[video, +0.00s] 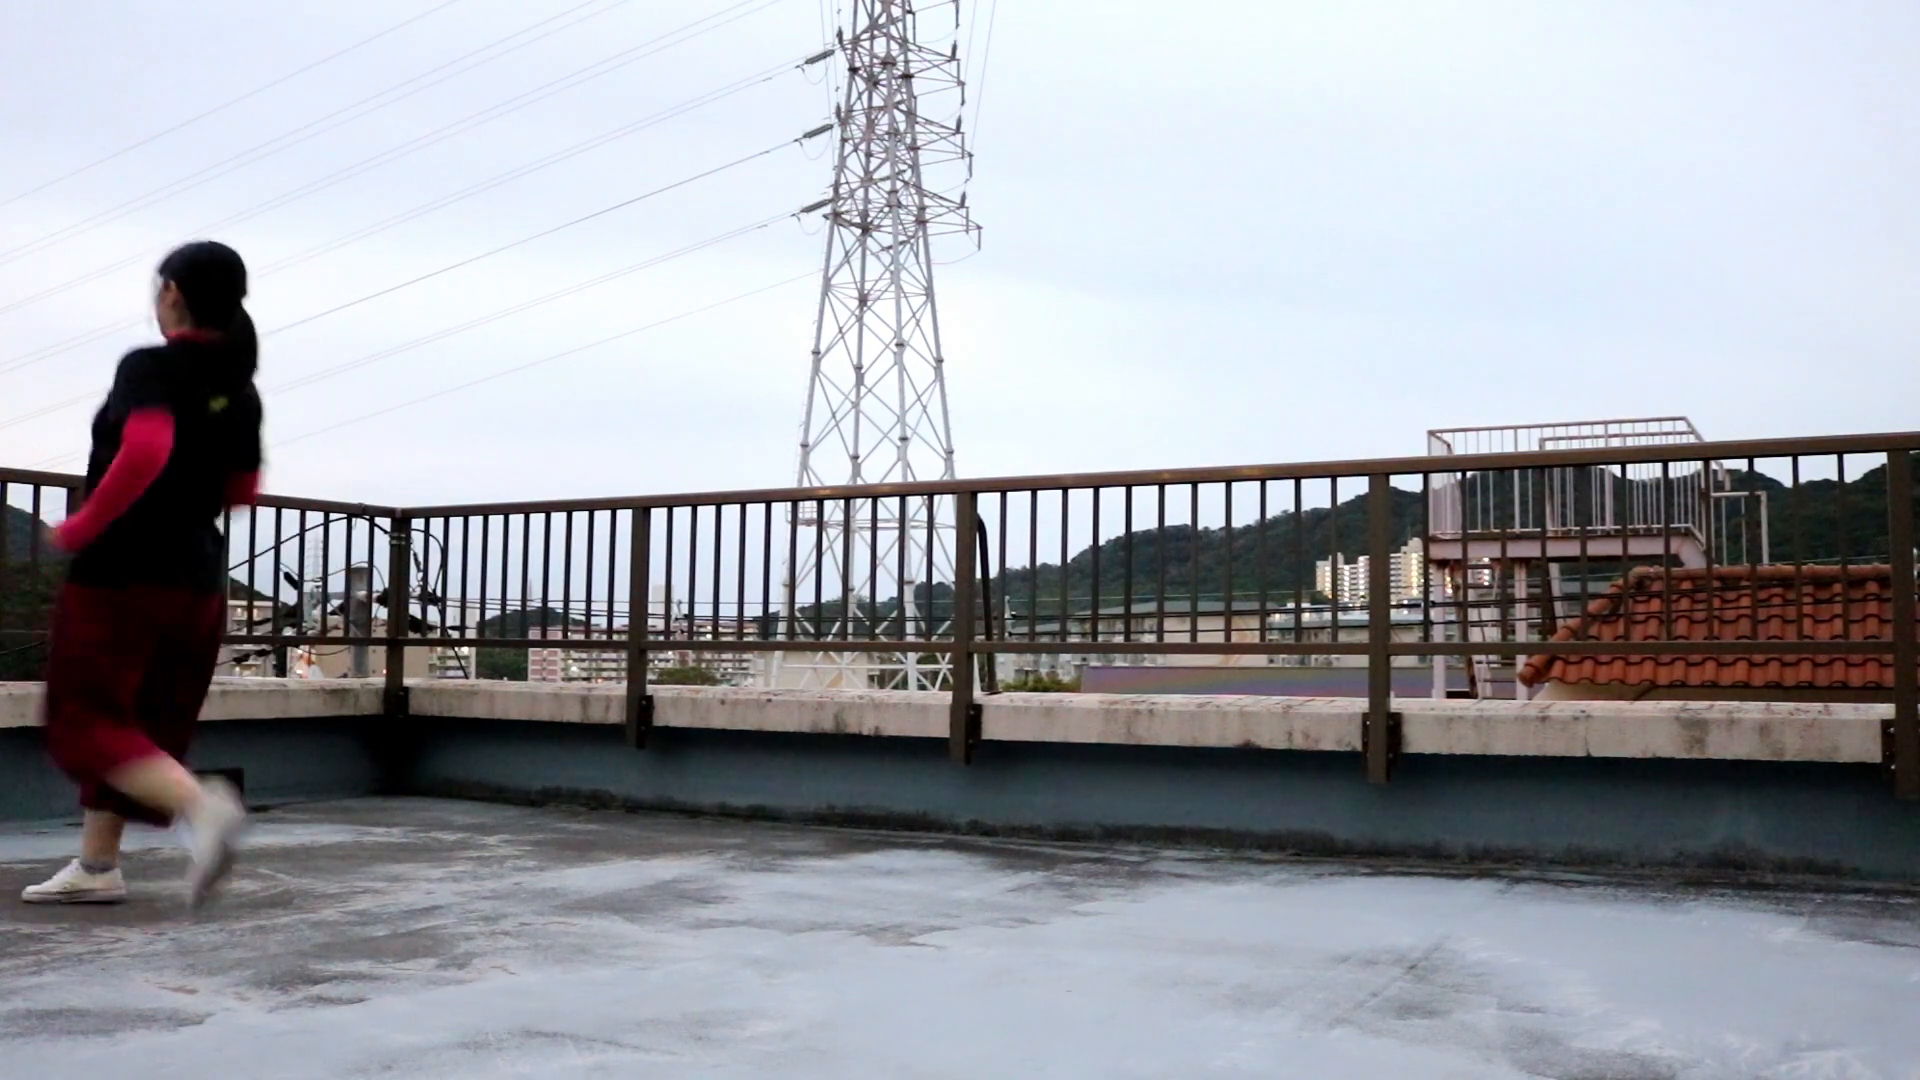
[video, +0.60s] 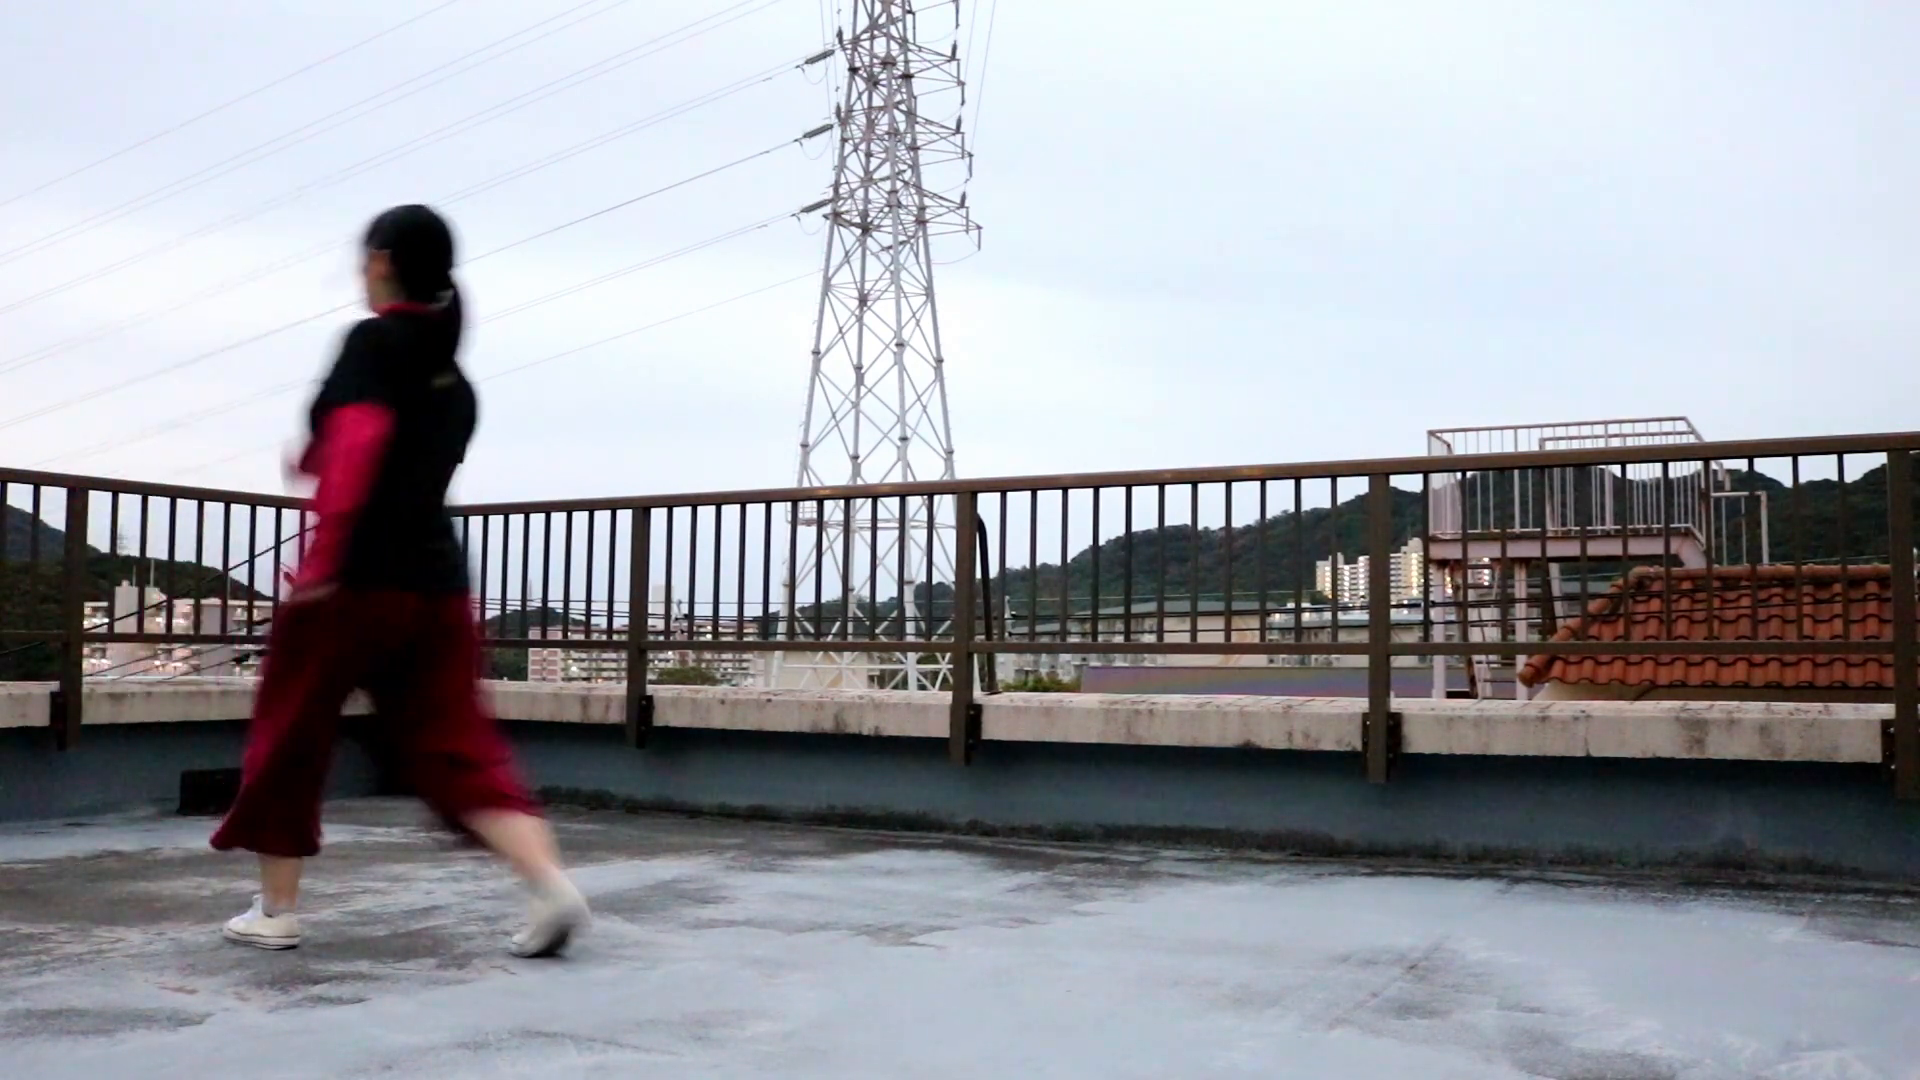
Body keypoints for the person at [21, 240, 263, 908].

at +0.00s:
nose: (157, 301)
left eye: (161, 291)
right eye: (162, 289)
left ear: (174, 297)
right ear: (229, 303)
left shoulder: (149, 365)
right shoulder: (240, 389)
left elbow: (146, 450)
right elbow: (243, 488)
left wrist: (78, 526)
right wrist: (175, 487)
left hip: (123, 572)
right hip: (195, 577)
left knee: (77, 720)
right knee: (142, 722)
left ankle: (200, 807)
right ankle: (96, 864)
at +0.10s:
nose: (176, 304)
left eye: (181, 294)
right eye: (181, 292)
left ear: (194, 303)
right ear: (251, 311)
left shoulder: (159, 381)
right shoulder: (262, 399)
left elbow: (106, 473)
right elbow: (291, 501)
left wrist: (64, 469)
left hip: (141, 584)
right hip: (210, 587)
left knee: (146, 729)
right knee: (123, 716)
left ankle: (244, 878)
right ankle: (94, 866)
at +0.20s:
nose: (207, 275)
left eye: (211, 266)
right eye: (213, 265)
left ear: (222, 276)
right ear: (279, 283)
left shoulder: (179, 348)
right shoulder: (295, 364)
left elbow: (77, 384)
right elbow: (383, 437)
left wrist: (116, 347)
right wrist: (413, 519)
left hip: (180, 564)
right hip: (253, 569)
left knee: (185, 711)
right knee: (150, 689)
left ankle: (255, 894)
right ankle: (112, 827)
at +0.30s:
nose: (235, 246)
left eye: (241, 237)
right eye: (241, 235)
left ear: (254, 247)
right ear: (309, 254)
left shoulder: (205, 312)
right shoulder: (329, 330)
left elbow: (88, 328)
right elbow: (428, 379)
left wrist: (149, 317)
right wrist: (460, 473)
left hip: (235, 546)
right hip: (303, 555)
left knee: (236, 705)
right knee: (160, 625)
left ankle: (257, 897)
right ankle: (218, 799)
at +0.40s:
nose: (268, 246)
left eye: (272, 236)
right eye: (274, 235)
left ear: (286, 247)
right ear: (343, 255)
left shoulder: (242, 313)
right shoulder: (362, 327)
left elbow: (131, 366)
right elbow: (451, 402)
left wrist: (155, 349)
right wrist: (448, 500)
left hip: (274, 548)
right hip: (352, 555)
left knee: (228, 691)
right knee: (218, 651)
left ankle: (269, 894)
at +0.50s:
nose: (307, 265)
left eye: (313, 254)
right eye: (312, 253)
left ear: (328, 262)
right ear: (385, 268)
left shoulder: (296, 336)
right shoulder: (406, 358)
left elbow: (239, 421)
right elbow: (446, 470)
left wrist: (205, 477)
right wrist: (404, 529)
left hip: (299, 568)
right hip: (381, 569)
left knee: (263, 728)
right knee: (334, 725)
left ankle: (276, 909)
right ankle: (424, 761)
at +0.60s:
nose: (362, 270)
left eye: (367, 259)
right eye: (367, 258)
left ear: (384, 267)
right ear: (437, 272)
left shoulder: (372, 346)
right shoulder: (451, 376)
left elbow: (355, 446)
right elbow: (415, 467)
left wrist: (320, 561)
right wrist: (323, 460)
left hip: (351, 580)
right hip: (433, 584)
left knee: (289, 726)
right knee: (448, 737)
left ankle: (276, 908)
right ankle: (553, 888)